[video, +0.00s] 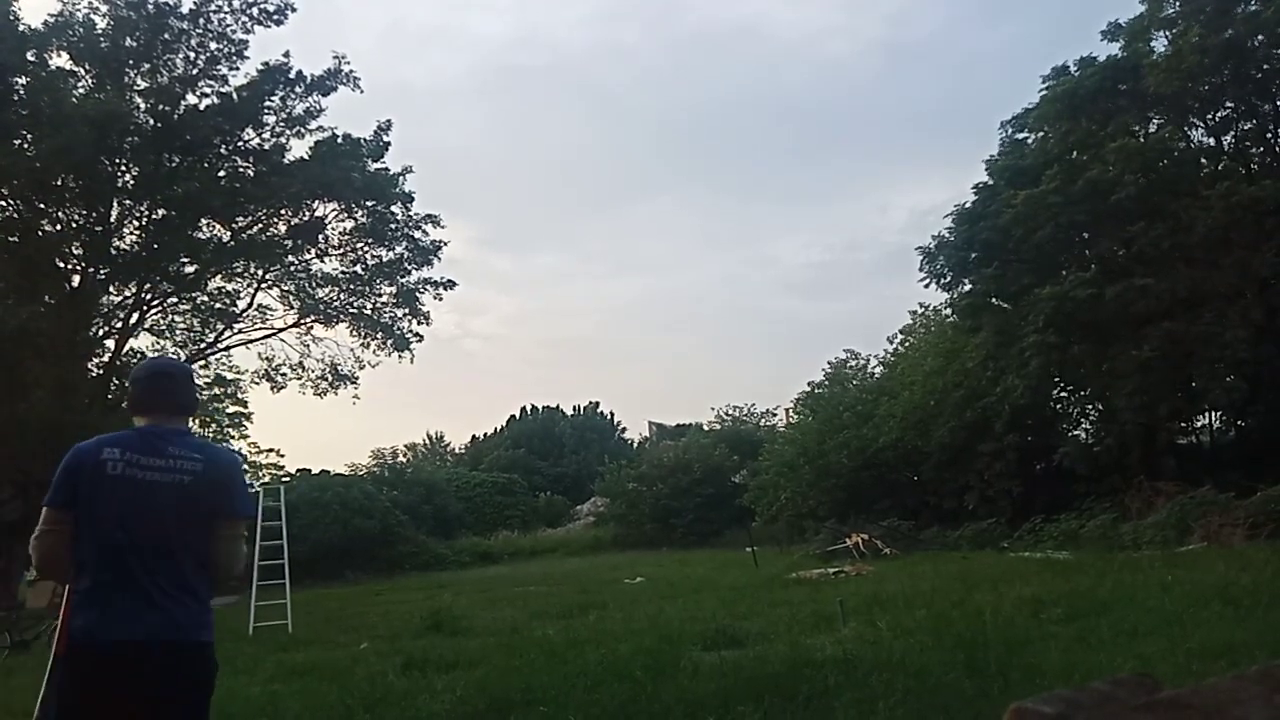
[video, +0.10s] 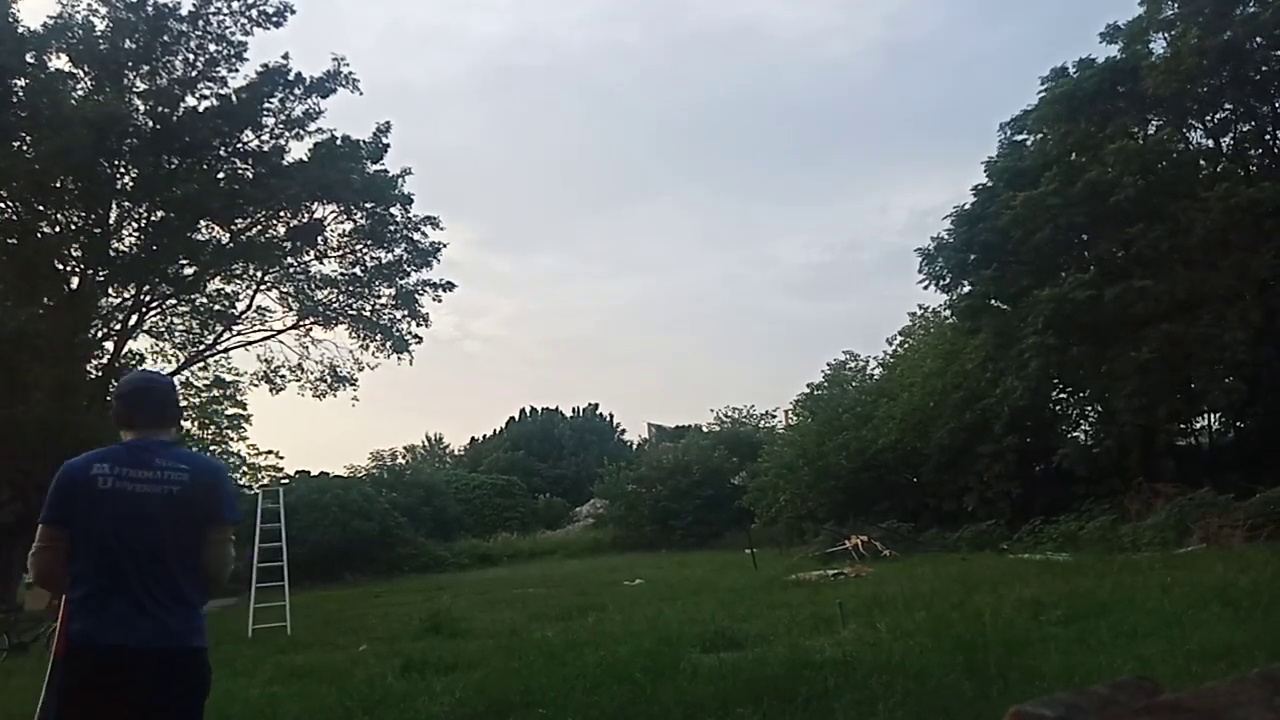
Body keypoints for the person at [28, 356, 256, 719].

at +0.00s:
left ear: (130, 403)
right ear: (192, 405)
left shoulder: (86, 456)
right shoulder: (223, 464)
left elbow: (46, 556)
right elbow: (229, 567)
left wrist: (107, 570)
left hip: (93, 652)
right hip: (183, 655)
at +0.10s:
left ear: (117, 416)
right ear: (177, 416)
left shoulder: (77, 472)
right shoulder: (209, 474)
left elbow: (43, 568)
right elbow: (219, 571)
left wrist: (99, 587)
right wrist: (172, 595)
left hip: (90, 659)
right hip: (176, 660)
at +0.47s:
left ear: (115, 420)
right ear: (168, 422)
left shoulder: (77, 467)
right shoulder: (192, 472)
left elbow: (45, 550)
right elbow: (200, 553)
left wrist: (84, 574)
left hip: (88, 633)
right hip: (166, 635)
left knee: (83, 713)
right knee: (177, 713)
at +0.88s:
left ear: (159, 441)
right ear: (203, 447)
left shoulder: (121, 480)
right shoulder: (217, 495)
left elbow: (88, 549)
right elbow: (219, 567)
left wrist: (128, 562)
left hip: (118, 625)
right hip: (180, 631)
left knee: (99, 711)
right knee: (173, 712)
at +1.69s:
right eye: (198, 463)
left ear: (161, 465)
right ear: (196, 466)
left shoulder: (135, 498)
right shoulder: (211, 499)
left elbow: (116, 554)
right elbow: (220, 552)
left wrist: (145, 560)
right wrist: (221, 586)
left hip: (146, 610)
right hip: (196, 610)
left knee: (145, 693)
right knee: (202, 684)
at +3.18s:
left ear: (185, 492)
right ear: (209, 494)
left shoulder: (167, 515)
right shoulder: (219, 520)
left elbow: (151, 553)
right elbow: (234, 555)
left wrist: (167, 554)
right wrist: (223, 562)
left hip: (172, 596)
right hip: (204, 597)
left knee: (164, 650)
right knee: (198, 650)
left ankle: (170, 686)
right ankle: (196, 700)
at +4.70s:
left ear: (160, 516)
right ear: (178, 517)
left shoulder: (147, 538)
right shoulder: (188, 538)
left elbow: (138, 570)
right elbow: (189, 566)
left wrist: (134, 596)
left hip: (152, 597)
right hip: (178, 597)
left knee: (147, 639)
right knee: (177, 640)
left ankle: (143, 677)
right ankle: (177, 680)